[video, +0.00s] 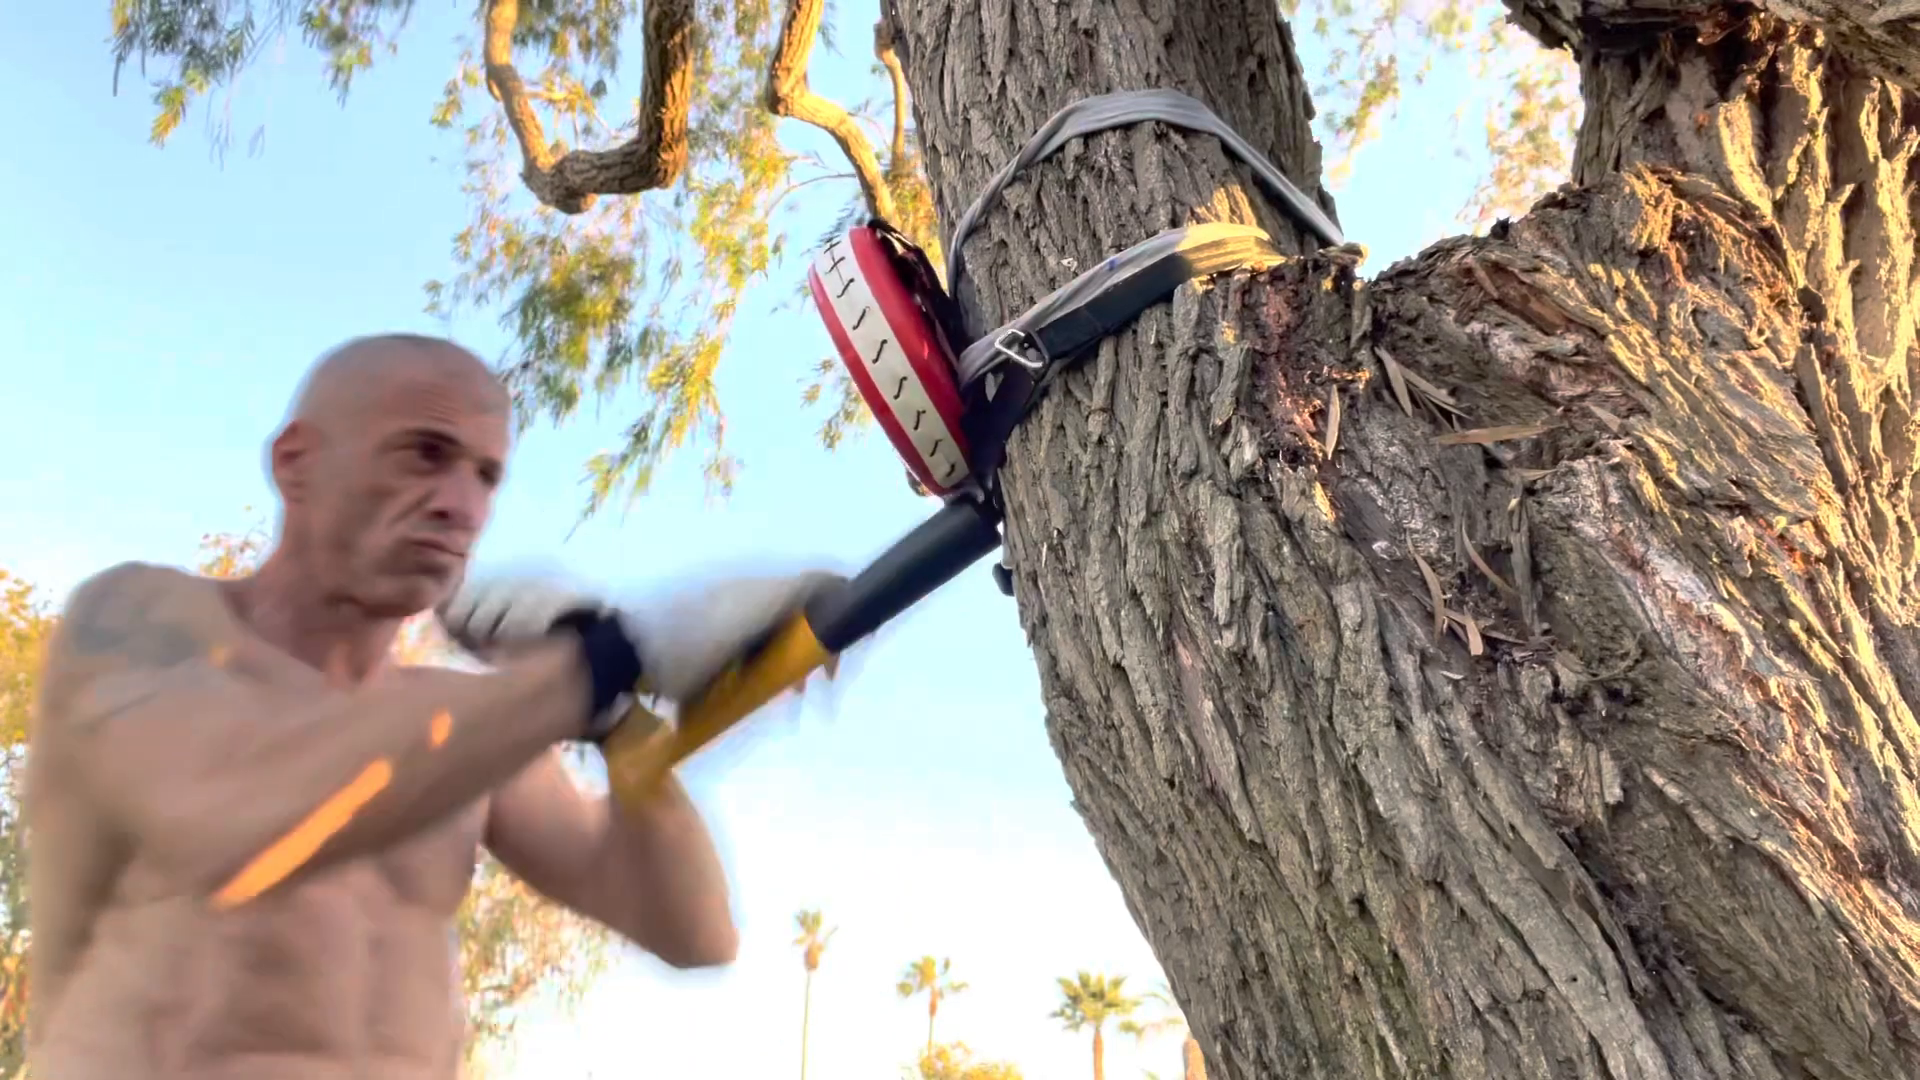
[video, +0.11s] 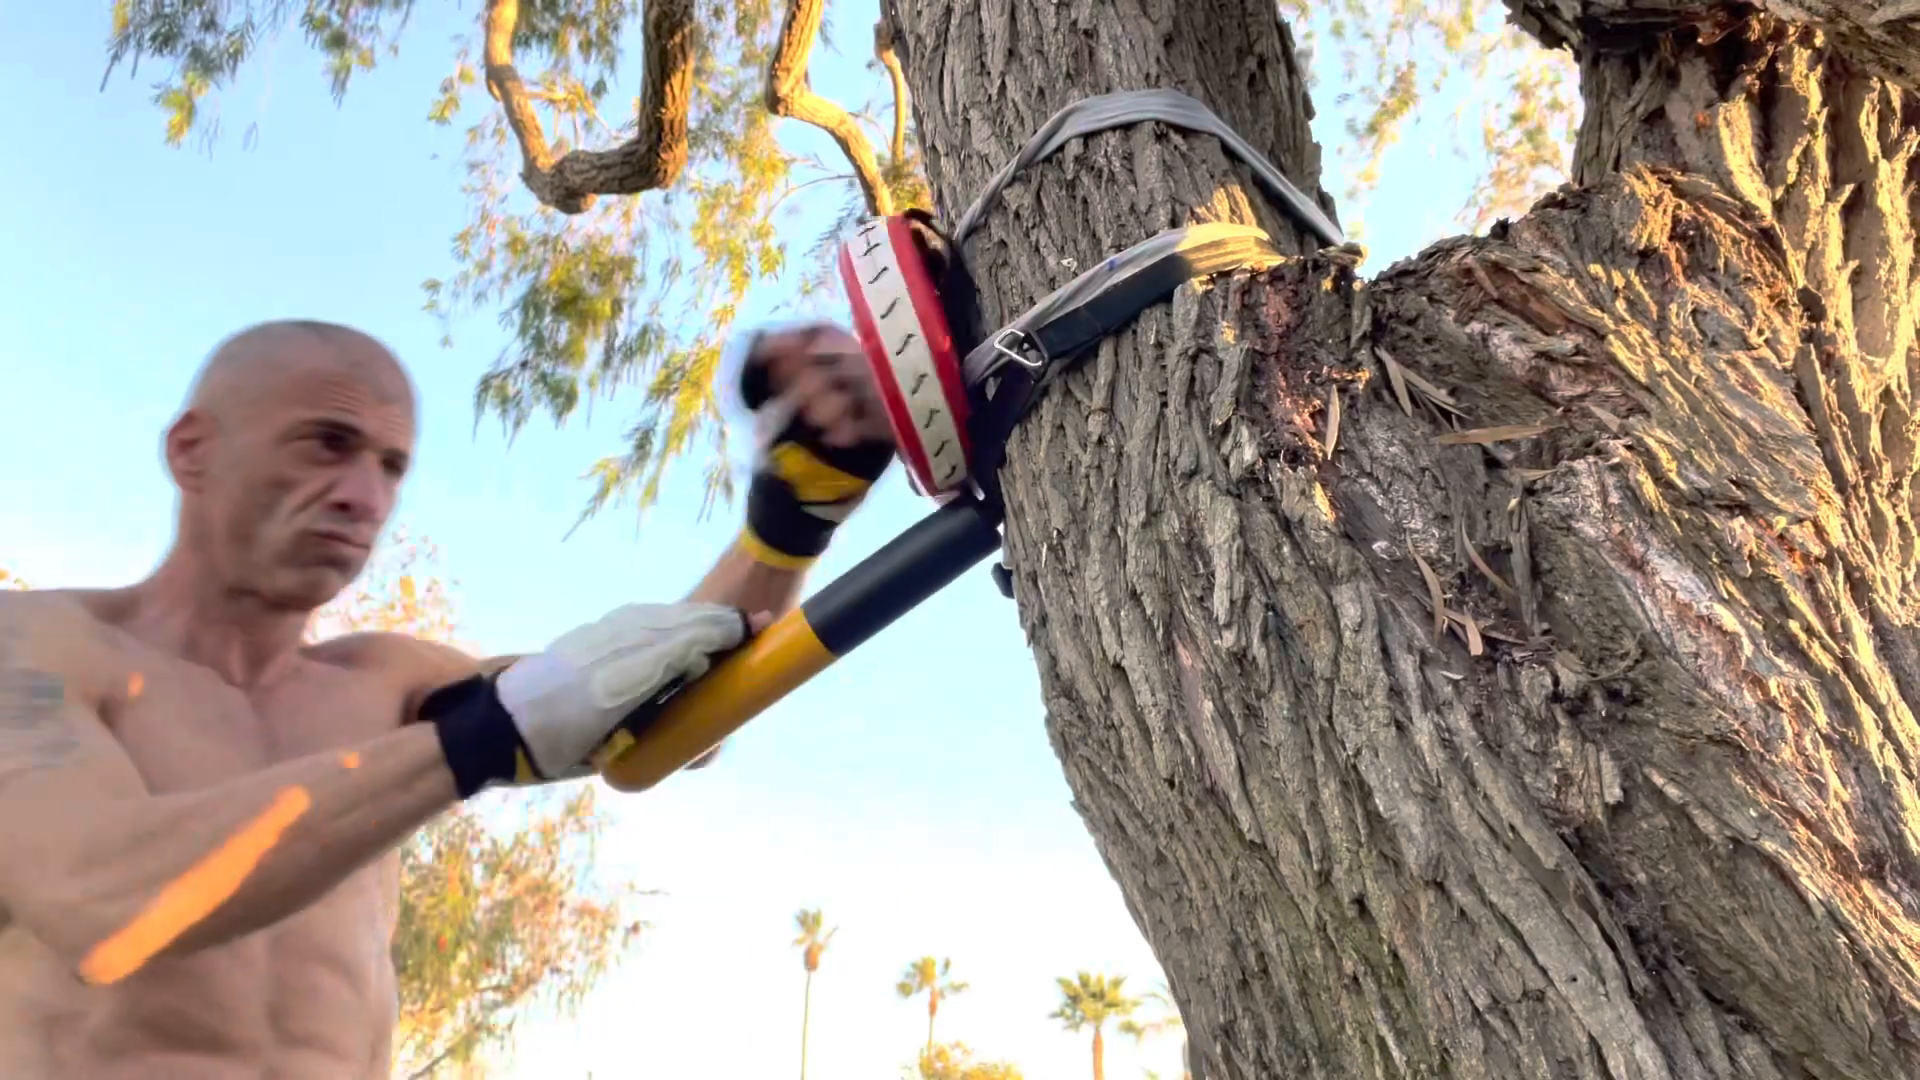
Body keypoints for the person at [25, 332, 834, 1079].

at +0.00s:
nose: (461, 503)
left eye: (486, 478)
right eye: (423, 453)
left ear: (498, 508)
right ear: (295, 462)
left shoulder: (465, 723)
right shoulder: (136, 617)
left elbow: (692, 931)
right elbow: (229, 832)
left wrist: (624, 716)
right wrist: (606, 663)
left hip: (407, 1061)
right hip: (153, 1057)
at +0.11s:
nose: (366, 494)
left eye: (390, 471)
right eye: (327, 443)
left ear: (398, 500)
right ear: (191, 451)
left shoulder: (386, 680)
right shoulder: (38, 648)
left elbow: (642, 732)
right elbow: (112, 906)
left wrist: (800, 499)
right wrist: (492, 735)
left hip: (341, 1060)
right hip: (95, 1065)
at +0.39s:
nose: (266, 500)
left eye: (294, 468)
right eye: (221, 446)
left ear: (311, 491)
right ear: (87, 455)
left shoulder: (316, 681)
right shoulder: (17, 660)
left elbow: (626, 742)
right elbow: (20, 898)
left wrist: (729, 508)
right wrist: (424, 764)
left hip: (309, 1057)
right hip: (67, 1058)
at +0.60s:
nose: (425, 439)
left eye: (455, 406)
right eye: (380, 386)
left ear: (474, 433)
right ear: (248, 398)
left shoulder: (511, 628)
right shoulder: (73, 633)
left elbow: (809, 581)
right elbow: (28, 960)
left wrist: (674, 313)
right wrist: (440, 793)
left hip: (420, 1060)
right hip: (114, 1065)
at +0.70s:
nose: (530, 407)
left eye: (564, 374)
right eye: (483, 352)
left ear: (585, 402)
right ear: (354, 370)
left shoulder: (601, 597)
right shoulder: (176, 618)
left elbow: (903, 491)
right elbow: (24, 972)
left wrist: (770, 171)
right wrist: (442, 822)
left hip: (475, 1061)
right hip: (186, 1060)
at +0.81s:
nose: (583, 431)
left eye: (610, 399)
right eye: (542, 374)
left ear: (625, 422)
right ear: (406, 378)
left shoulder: (614, 606)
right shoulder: (200, 620)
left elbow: (894, 510)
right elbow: (40, 981)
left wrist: (753, 224)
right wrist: (462, 832)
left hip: (515, 1064)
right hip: (222, 1064)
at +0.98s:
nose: (530, 460)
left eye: (560, 431)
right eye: (491, 407)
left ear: (572, 457)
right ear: (359, 414)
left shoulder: (541, 670)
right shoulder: (159, 629)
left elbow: (820, 755)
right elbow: (47, 989)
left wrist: (772, 469)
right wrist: (400, 774)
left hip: (453, 1062)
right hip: (200, 1061)